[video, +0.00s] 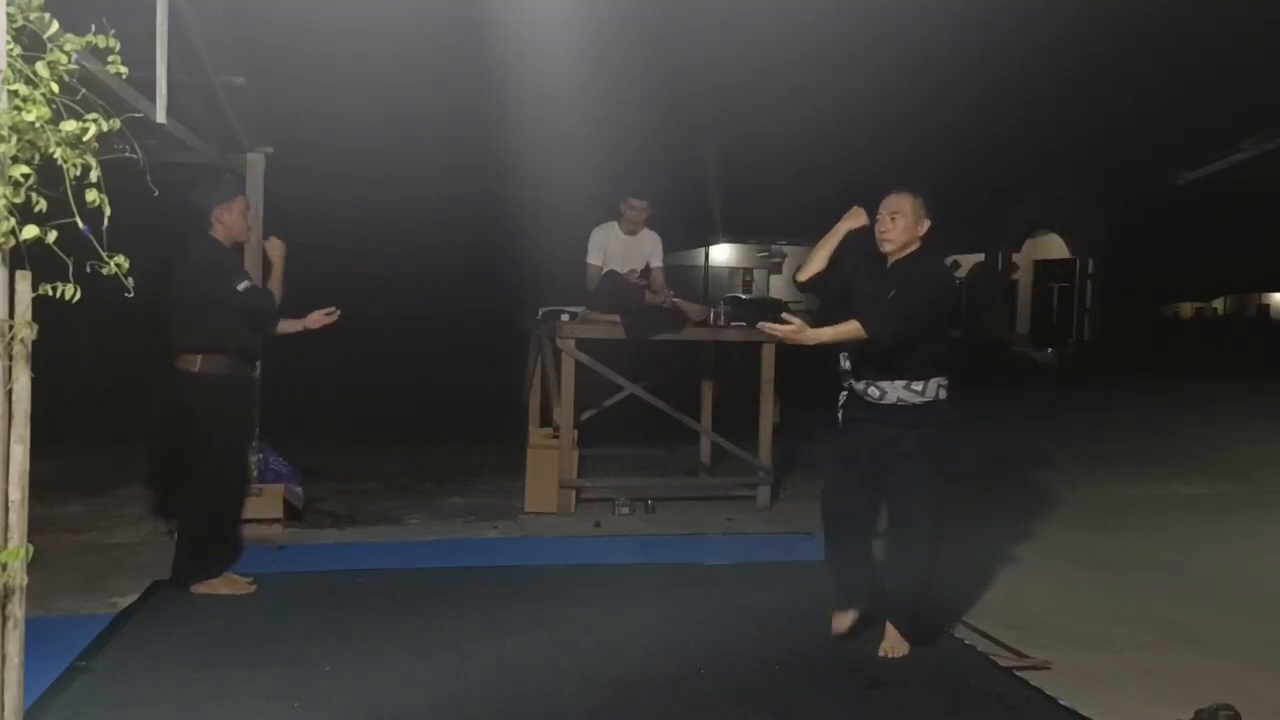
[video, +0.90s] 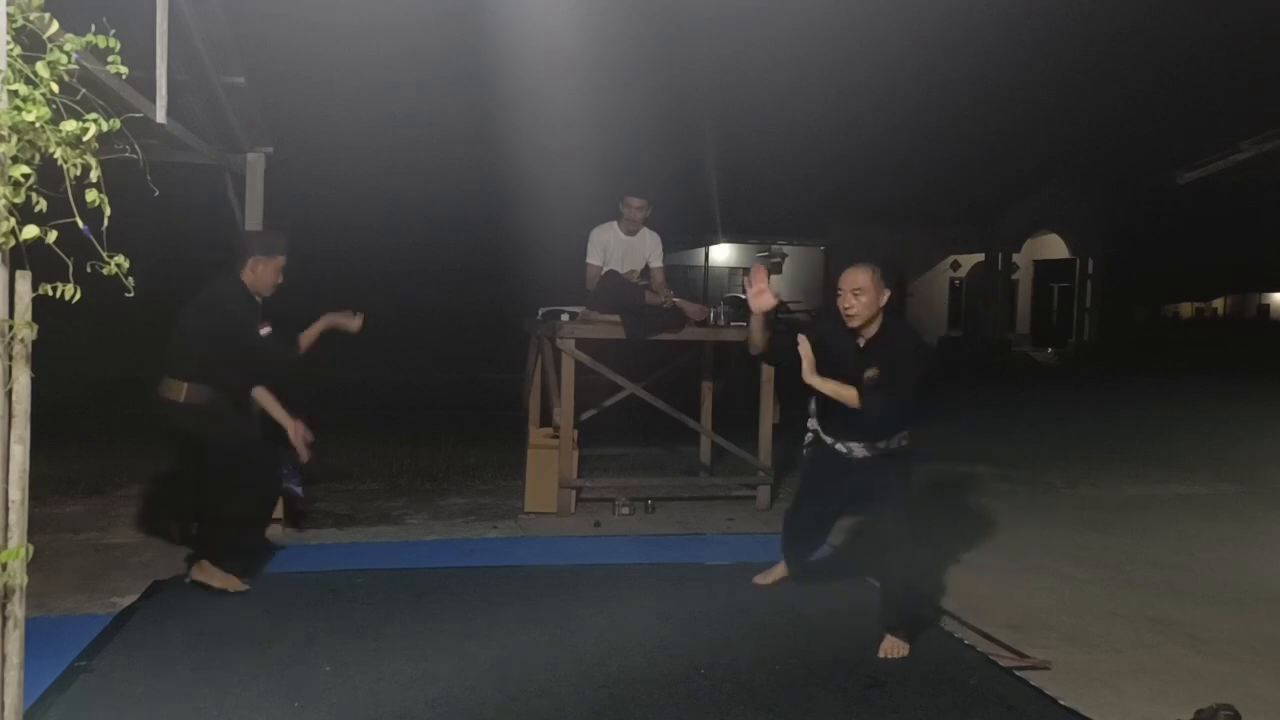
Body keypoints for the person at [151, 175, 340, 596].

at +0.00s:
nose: (251, 217)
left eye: (249, 209)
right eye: (244, 209)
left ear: (221, 215)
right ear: (221, 214)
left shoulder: (214, 257)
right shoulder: (209, 258)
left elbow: (250, 320)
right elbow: (264, 308)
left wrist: (303, 323)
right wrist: (277, 262)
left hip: (216, 377)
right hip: (209, 380)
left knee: (217, 473)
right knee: (215, 474)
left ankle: (205, 567)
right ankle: (203, 573)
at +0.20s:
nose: (255, 222)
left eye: (254, 214)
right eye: (248, 214)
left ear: (227, 219)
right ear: (225, 218)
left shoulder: (214, 257)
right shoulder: (216, 260)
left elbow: (232, 323)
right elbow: (238, 327)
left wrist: (275, 322)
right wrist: (287, 321)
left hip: (209, 379)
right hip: (212, 382)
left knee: (215, 474)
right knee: (217, 476)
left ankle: (208, 567)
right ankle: (204, 573)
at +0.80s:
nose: (281, 277)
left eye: (282, 268)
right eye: (279, 267)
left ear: (255, 260)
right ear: (257, 259)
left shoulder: (221, 286)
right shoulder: (234, 293)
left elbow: (240, 363)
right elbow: (246, 361)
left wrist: (291, 369)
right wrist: (297, 349)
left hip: (181, 401)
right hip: (196, 405)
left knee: (212, 477)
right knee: (258, 469)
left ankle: (201, 565)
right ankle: (229, 569)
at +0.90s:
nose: (281, 280)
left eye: (282, 271)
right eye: (277, 270)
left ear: (253, 268)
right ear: (253, 266)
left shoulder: (229, 297)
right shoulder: (234, 303)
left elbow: (248, 375)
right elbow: (280, 358)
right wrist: (324, 323)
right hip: (197, 411)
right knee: (254, 468)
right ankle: (213, 562)